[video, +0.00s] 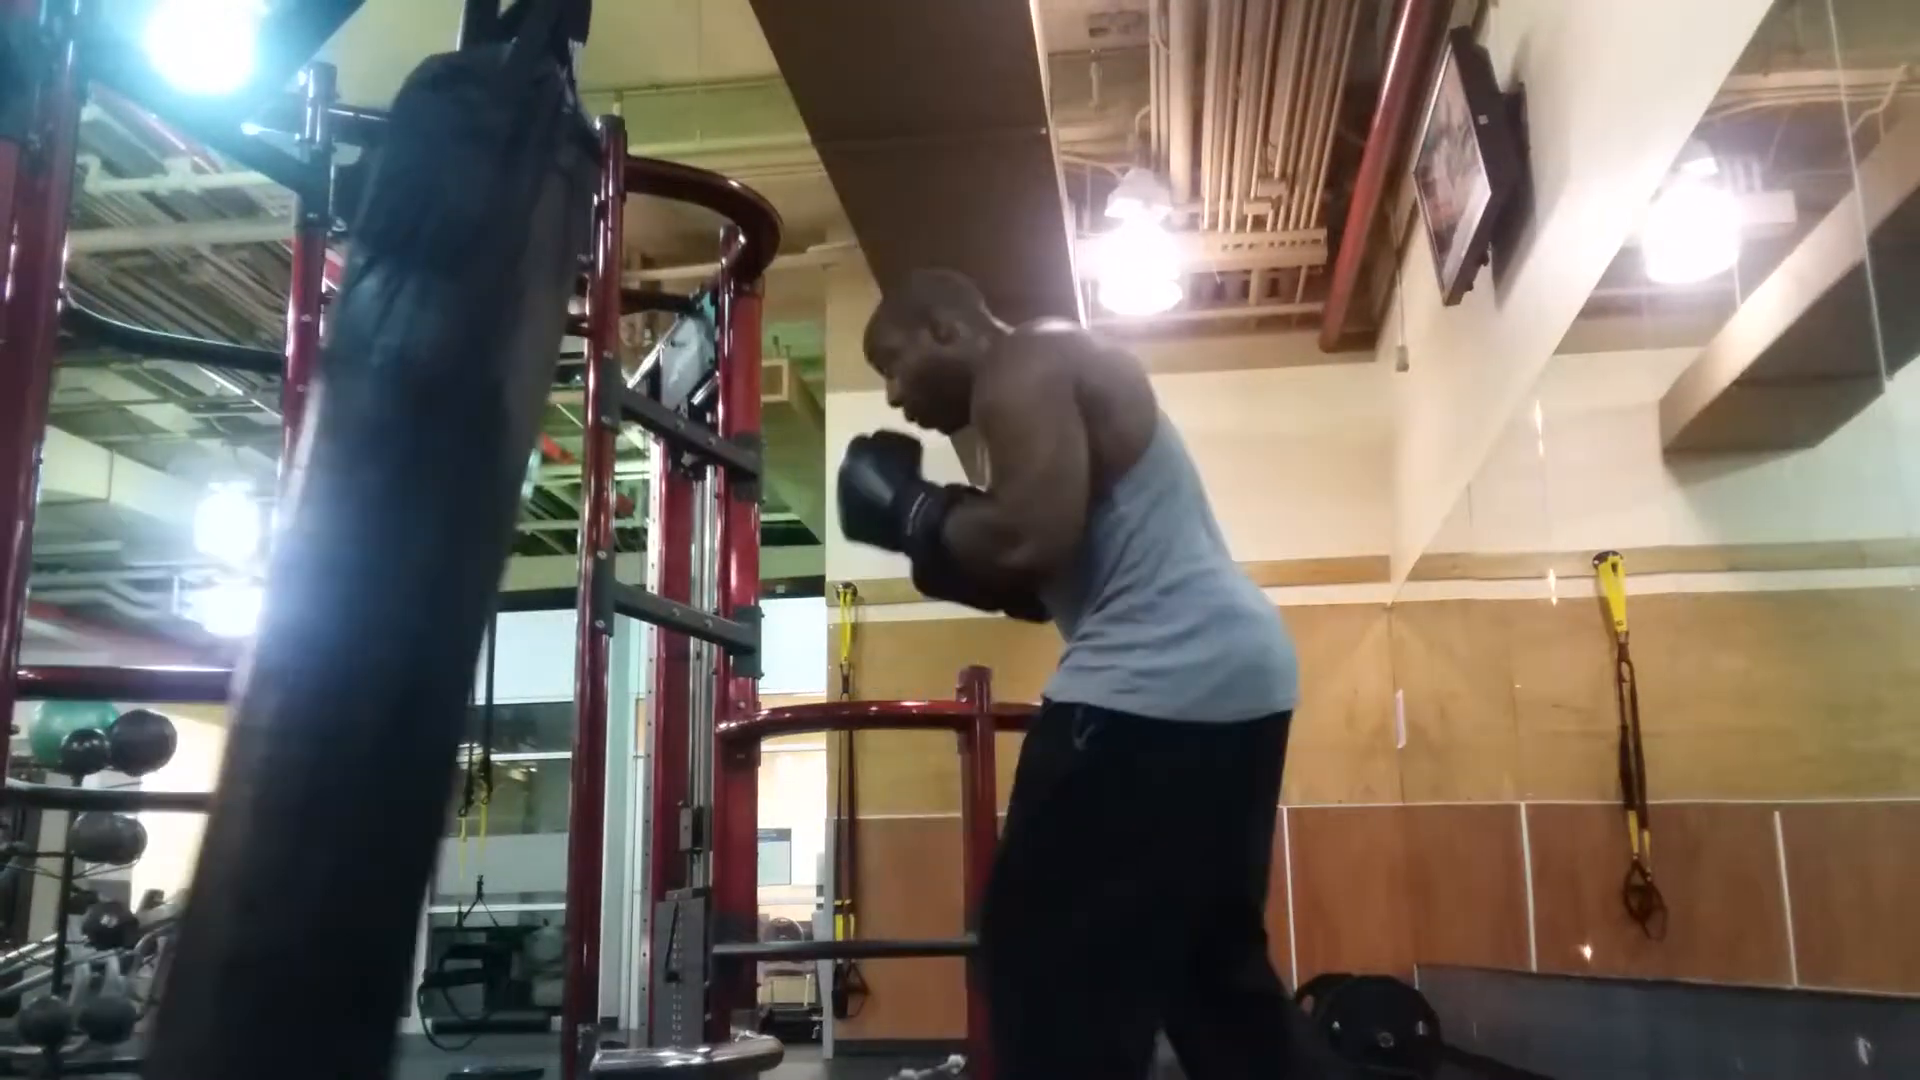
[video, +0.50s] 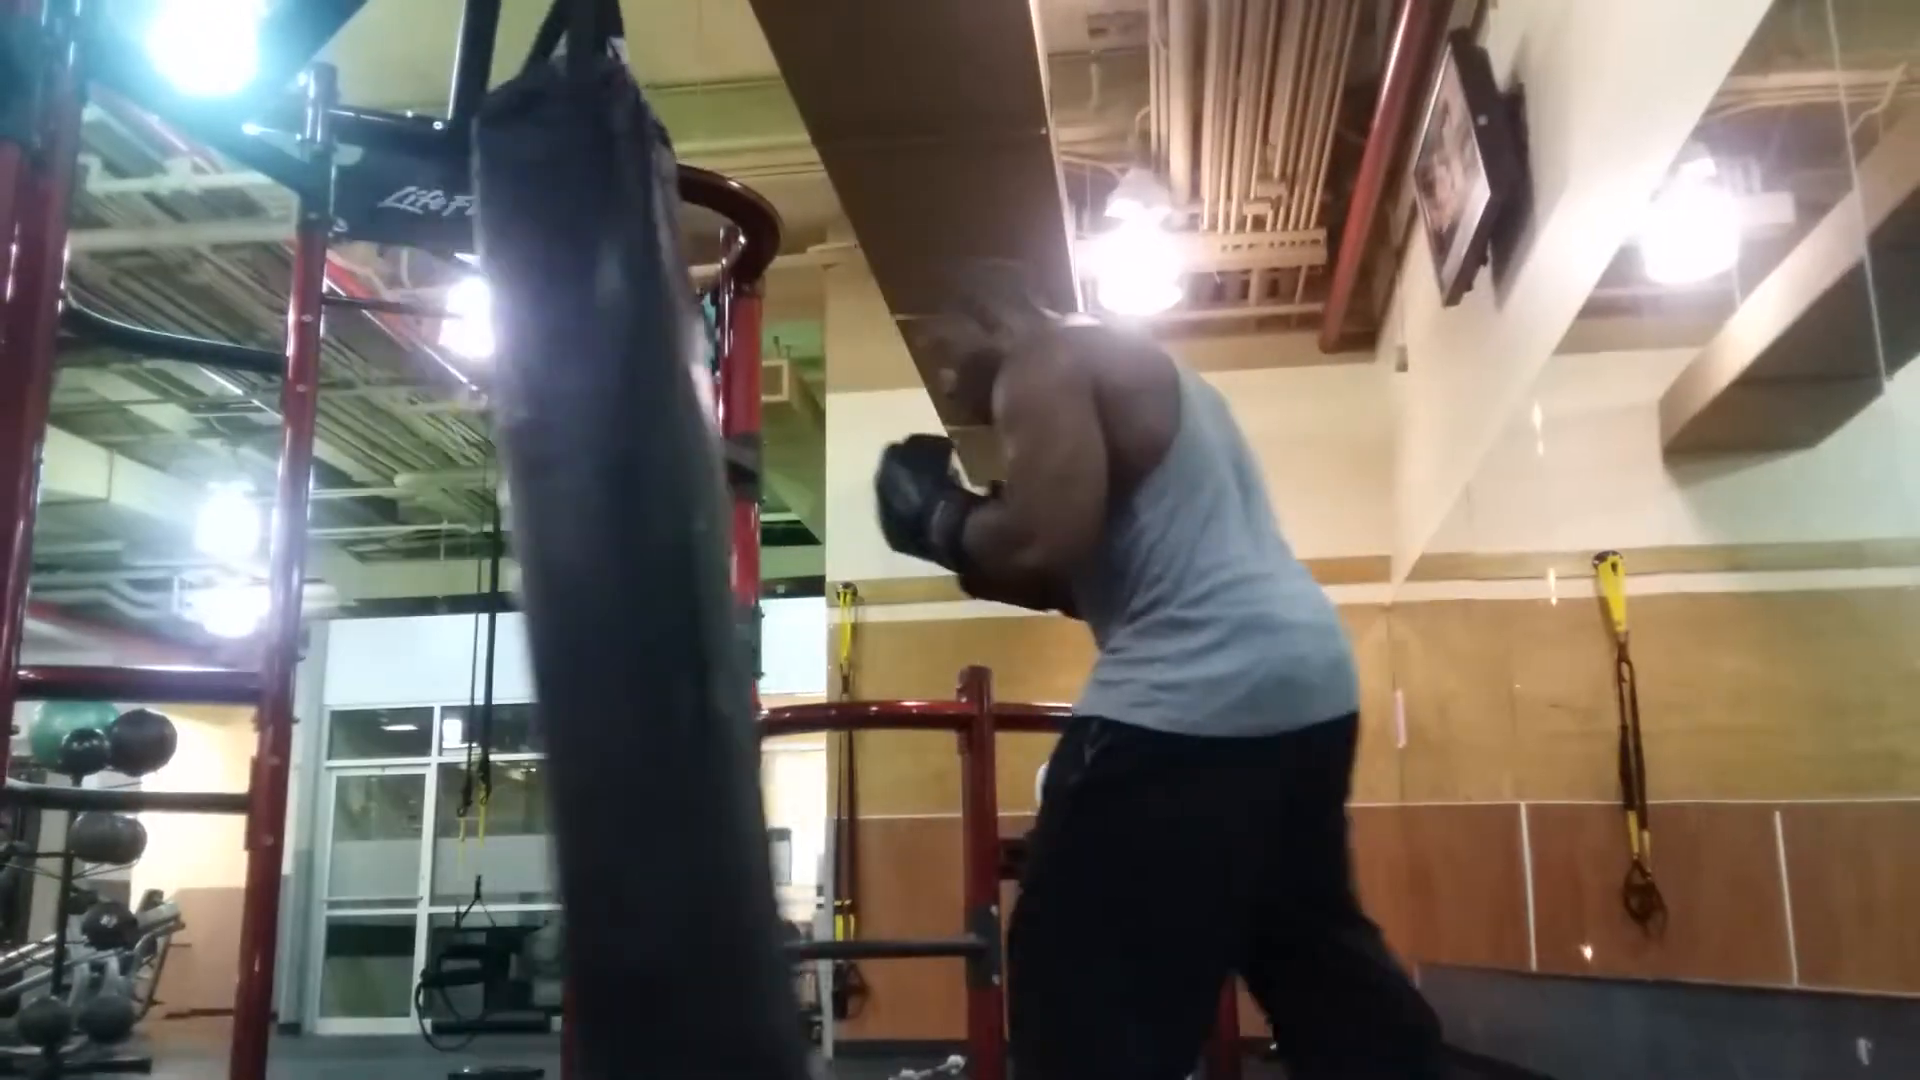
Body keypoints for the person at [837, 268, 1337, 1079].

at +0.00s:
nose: (893, 396)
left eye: (890, 367)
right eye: (884, 378)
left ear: (945, 332)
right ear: (955, 333)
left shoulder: (1023, 364)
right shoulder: (1066, 368)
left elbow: (1033, 543)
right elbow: (1052, 591)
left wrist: (912, 505)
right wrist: (938, 554)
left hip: (1151, 687)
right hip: (1232, 683)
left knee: (1037, 958)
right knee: (1212, 962)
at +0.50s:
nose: (934, 378)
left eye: (933, 347)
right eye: (922, 355)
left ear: (980, 317)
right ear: (1026, 305)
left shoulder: (1043, 366)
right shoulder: (1152, 372)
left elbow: (1045, 543)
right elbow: (1102, 585)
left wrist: (944, 514)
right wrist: (960, 546)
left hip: (1185, 703)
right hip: (1306, 689)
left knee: (1077, 980)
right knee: (1306, 947)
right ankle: (1408, 1070)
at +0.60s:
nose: (987, 388)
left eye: (989, 358)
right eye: (976, 368)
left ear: (1034, 320)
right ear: (1061, 315)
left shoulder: (1085, 370)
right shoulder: (1211, 393)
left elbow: (1066, 531)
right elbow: (1145, 593)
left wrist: (965, 529)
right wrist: (991, 555)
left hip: (1212, 711)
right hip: (1340, 700)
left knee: (1096, 984)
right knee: (1348, 954)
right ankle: (1434, 1067)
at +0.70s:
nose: (1022, 378)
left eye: (1029, 352)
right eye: (1014, 360)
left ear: (1078, 326)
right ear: (1114, 317)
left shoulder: (1124, 369)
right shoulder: (1257, 393)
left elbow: (1074, 518)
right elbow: (1186, 590)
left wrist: (964, 557)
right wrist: (1040, 564)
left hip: (1246, 705)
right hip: (1375, 693)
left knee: (1138, 995)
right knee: (1378, 958)